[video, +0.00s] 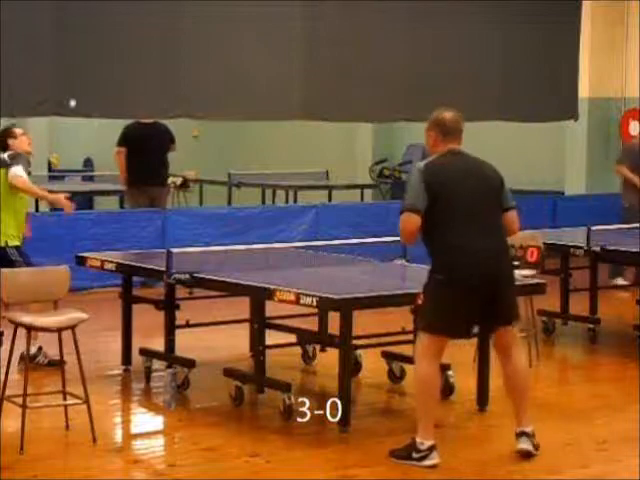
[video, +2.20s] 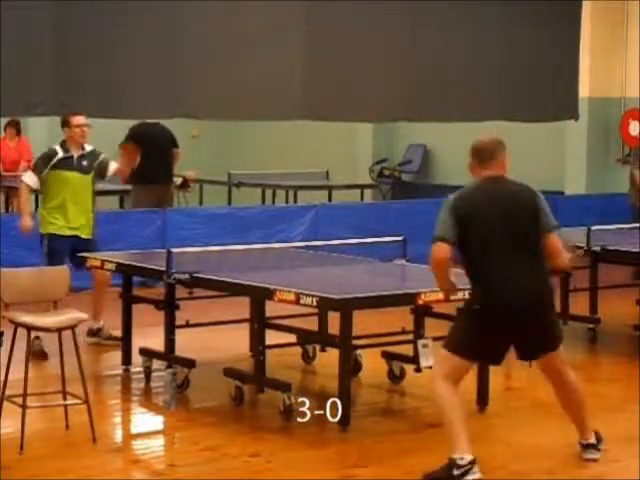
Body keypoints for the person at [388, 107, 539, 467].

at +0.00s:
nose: (425, 142)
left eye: (426, 137)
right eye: (428, 137)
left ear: (433, 136)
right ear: (461, 136)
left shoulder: (425, 171)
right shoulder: (489, 171)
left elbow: (409, 231)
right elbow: (513, 225)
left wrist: (421, 220)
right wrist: (482, 231)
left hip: (452, 274)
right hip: (497, 273)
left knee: (428, 354)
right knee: (508, 348)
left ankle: (424, 442)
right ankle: (524, 432)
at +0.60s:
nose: (449, 170)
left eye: (448, 165)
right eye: (451, 166)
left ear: (451, 163)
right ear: (482, 163)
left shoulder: (442, 191)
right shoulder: (507, 191)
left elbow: (417, 249)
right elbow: (532, 246)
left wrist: (436, 248)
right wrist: (503, 246)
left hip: (472, 282)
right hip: (516, 280)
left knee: (431, 362)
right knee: (527, 350)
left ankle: (435, 451)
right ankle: (539, 430)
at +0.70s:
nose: (466, 172)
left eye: (464, 166)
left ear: (465, 166)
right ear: (496, 168)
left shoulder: (448, 194)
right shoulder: (515, 199)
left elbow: (413, 244)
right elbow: (540, 255)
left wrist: (433, 253)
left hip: (468, 290)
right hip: (515, 289)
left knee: (427, 365)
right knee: (533, 349)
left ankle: (435, 451)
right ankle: (552, 420)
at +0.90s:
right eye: (530, 175)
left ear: (499, 173)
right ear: (530, 175)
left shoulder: (482, 197)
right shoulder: (542, 209)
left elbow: (442, 227)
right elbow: (561, 263)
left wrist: (440, 260)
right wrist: (575, 276)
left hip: (488, 293)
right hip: (535, 293)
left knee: (449, 362)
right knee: (550, 354)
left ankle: (434, 448)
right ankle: (561, 421)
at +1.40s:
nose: (509, 159)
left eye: (510, 153)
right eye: (512, 153)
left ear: (514, 153)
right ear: (542, 153)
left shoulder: (518, 182)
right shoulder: (560, 185)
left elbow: (498, 224)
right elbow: (564, 231)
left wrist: (478, 256)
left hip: (535, 275)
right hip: (571, 274)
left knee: (501, 349)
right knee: (563, 344)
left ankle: (491, 440)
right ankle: (568, 420)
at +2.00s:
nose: (478, 187)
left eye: (478, 182)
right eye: (481, 182)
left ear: (482, 181)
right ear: (512, 181)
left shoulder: (482, 214)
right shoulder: (539, 212)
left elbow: (467, 265)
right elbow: (572, 264)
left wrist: (445, 292)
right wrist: (557, 293)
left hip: (511, 309)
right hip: (556, 304)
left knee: (458, 373)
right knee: (560, 361)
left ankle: (468, 461)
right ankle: (587, 437)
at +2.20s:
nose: (503, 167)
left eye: (473, 166)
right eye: (504, 161)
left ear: (472, 166)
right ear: (504, 162)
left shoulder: (458, 202)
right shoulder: (529, 196)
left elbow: (439, 257)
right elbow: (558, 258)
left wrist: (447, 290)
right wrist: (529, 262)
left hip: (487, 305)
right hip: (534, 303)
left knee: (444, 378)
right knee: (558, 371)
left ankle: (462, 459)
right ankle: (588, 439)